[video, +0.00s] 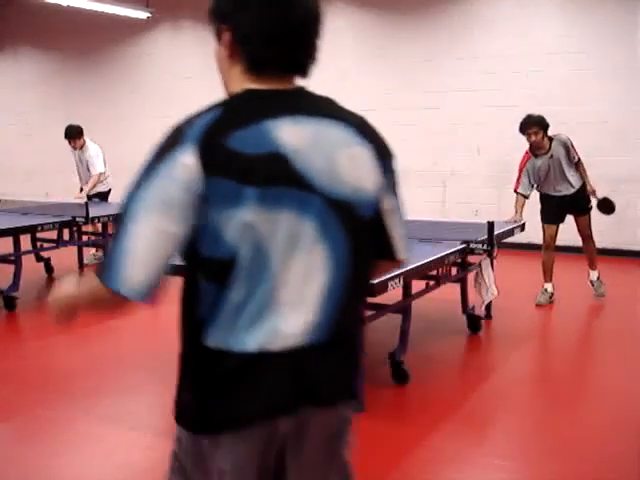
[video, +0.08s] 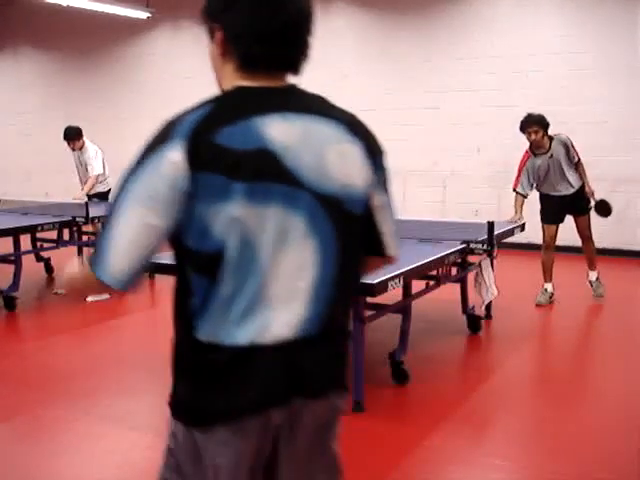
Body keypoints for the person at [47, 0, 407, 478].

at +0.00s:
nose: (216, 50)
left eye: (216, 38)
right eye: (217, 38)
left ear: (227, 41)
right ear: (305, 43)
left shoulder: (201, 139)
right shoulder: (361, 139)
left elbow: (127, 278)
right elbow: (388, 254)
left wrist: (74, 292)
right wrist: (319, 270)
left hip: (225, 398)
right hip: (326, 392)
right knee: (322, 473)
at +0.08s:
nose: (208, 49)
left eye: (208, 37)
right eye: (210, 36)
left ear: (220, 41)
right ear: (297, 40)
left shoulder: (190, 135)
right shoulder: (351, 135)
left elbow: (114, 267)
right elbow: (377, 252)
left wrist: (74, 279)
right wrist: (308, 263)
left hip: (220, 390)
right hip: (319, 382)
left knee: (204, 472)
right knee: (311, 472)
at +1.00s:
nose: (178, 92)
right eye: (179, 86)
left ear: (124, 87)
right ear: (175, 90)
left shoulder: (93, 145)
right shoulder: (200, 141)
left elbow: (53, 220)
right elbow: (256, 183)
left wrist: (91, 248)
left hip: (123, 302)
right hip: (188, 298)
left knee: (121, 397)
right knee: (193, 407)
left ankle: (126, 472)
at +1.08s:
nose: (176, 95)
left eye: (175, 88)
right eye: (174, 90)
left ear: (117, 88)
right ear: (165, 94)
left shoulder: (81, 144)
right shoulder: (182, 138)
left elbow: (44, 211)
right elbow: (231, 138)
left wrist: (77, 230)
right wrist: (182, 104)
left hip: (109, 293)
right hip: (171, 290)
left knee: (115, 382)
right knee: (186, 392)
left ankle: (124, 471)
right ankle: (198, 478)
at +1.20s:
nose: (170, 100)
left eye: (170, 93)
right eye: (169, 94)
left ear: (117, 87)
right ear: (158, 97)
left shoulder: (76, 137)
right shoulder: (168, 136)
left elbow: (44, 200)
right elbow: (190, 106)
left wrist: (80, 217)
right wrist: (170, 95)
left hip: (97, 281)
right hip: (156, 279)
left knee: (108, 376)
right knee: (176, 372)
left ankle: (124, 470)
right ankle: (183, 461)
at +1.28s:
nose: (169, 102)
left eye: (169, 96)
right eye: (168, 96)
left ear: (117, 88)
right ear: (157, 97)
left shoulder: (74, 135)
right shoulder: (165, 136)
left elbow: (45, 199)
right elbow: (177, 97)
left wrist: (82, 213)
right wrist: (114, 75)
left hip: (94, 279)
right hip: (151, 277)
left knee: (106, 376)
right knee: (172, 364)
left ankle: (123, 469)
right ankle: (176, 449)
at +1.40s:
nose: (158, 96)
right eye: (156, 91)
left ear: (109, 88)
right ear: (150, 94)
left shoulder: (68, 131)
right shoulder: (154, 131)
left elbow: (50, 191)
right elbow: (160, 89)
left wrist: (90, 198)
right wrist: (107, 63)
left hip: (87, 271)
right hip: (141, 266)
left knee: (104, 372)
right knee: (151, 346)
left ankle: (124, 468)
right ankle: (153, 435)